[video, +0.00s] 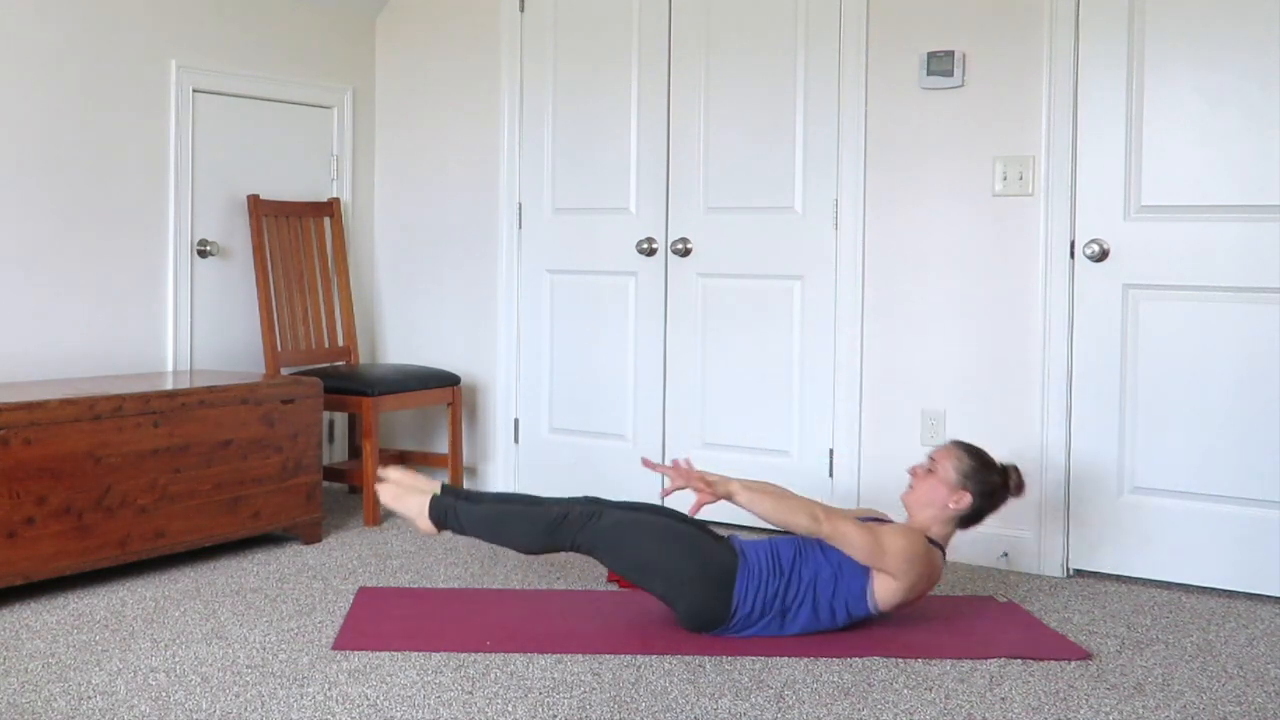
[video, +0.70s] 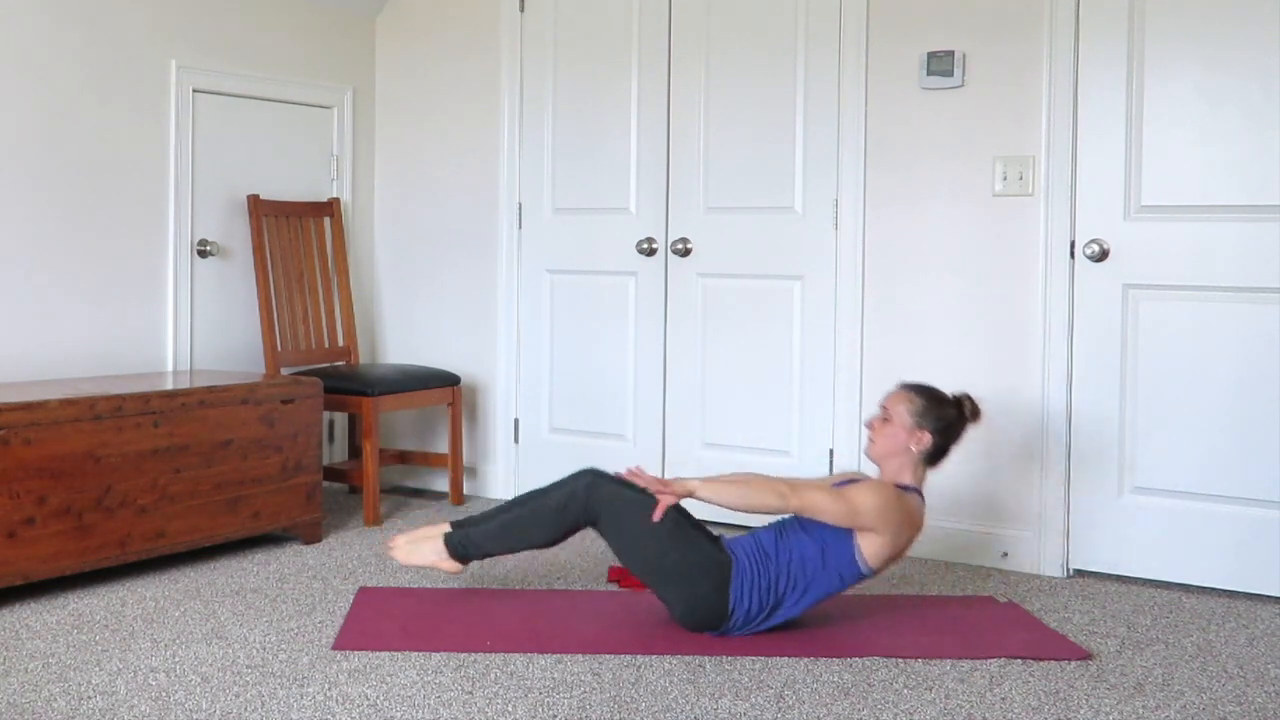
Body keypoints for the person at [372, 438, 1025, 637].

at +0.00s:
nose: (914, 475)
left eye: (931, 474)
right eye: (923, 465)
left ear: (958, 505)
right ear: (939, 492)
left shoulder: (910, 555)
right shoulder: (899, 534)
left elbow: (812, 519)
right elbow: (809, 516)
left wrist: (724, 486)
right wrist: (720, 488)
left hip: (728, 585)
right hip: (729, 569)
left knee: (583, 517)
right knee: (584, 513)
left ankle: (434, 505)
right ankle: (437, 500)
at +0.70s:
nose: (871, 427)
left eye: (886, 421)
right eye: (878, 416)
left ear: (919, 445)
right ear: (907, 439)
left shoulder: (888, 505)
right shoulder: (876, 491)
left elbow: (784, 496)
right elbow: (780, 492)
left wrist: (684, 489)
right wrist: (682, 486)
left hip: (726, 595)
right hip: (727, 570)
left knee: (595, 489)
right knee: (597, 485)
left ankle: (454, 546)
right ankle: (459, 537)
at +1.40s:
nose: (806, 372)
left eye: (819, 367)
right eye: (813, 363)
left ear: (852, 391)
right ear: (846, 391)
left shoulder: (837, 463)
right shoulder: (812, 446)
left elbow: (735, 489)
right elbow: (720, 465)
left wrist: (640, 507)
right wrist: (636, 493)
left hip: (712, 599)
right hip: (710, 576)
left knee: (639, 437)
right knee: (638, 436)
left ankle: (520, 516)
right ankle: (523, 510)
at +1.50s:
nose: (838, 393)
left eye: (852, 388)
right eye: (845, 383)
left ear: (885, 413)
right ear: (873, 409)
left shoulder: (865, 483)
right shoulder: (836, 465)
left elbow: (759, 498)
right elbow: (741, 475)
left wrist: (660, 502)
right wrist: (649, 490)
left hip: (716, 595)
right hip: (714, 570)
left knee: (619, 452)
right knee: (619, 450)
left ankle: (483, 514)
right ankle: (489, 509)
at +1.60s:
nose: (876, 425)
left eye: (891, 421)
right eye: (883, 415)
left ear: (920, 449)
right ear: (904, 439)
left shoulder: (887, 512)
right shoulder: (863, 488)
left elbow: (788, 513)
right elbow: (772, 489)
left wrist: (693, 507)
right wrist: (683, 485)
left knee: (596, 476)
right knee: (602, 471)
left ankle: (454, 513)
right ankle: (461, 509)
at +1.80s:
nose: (926, 485)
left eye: (943, 486)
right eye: (937, 478)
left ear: (966, 519)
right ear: (952, 507)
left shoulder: (914, 566)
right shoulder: (903, 543)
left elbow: (820, 532)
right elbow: (813, 524)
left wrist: (740, 498)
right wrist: (723, 494)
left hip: (732, 586)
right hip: (736, 565)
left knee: (594, 503)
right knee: (596, 500)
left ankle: (452, 472)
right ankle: (459, 470)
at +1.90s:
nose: (949, 495)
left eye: (965, 498)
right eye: (959, 489)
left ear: (980, 536)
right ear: (962, 520)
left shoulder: (929, 582)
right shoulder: (906, 548)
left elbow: (846, 545)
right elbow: (824, 531)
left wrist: (763, 501)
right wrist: (741, 500)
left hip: (734, 587)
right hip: (732, 562)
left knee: (602, 496)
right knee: (601, 489)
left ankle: (471, 430)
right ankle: (474, 431)